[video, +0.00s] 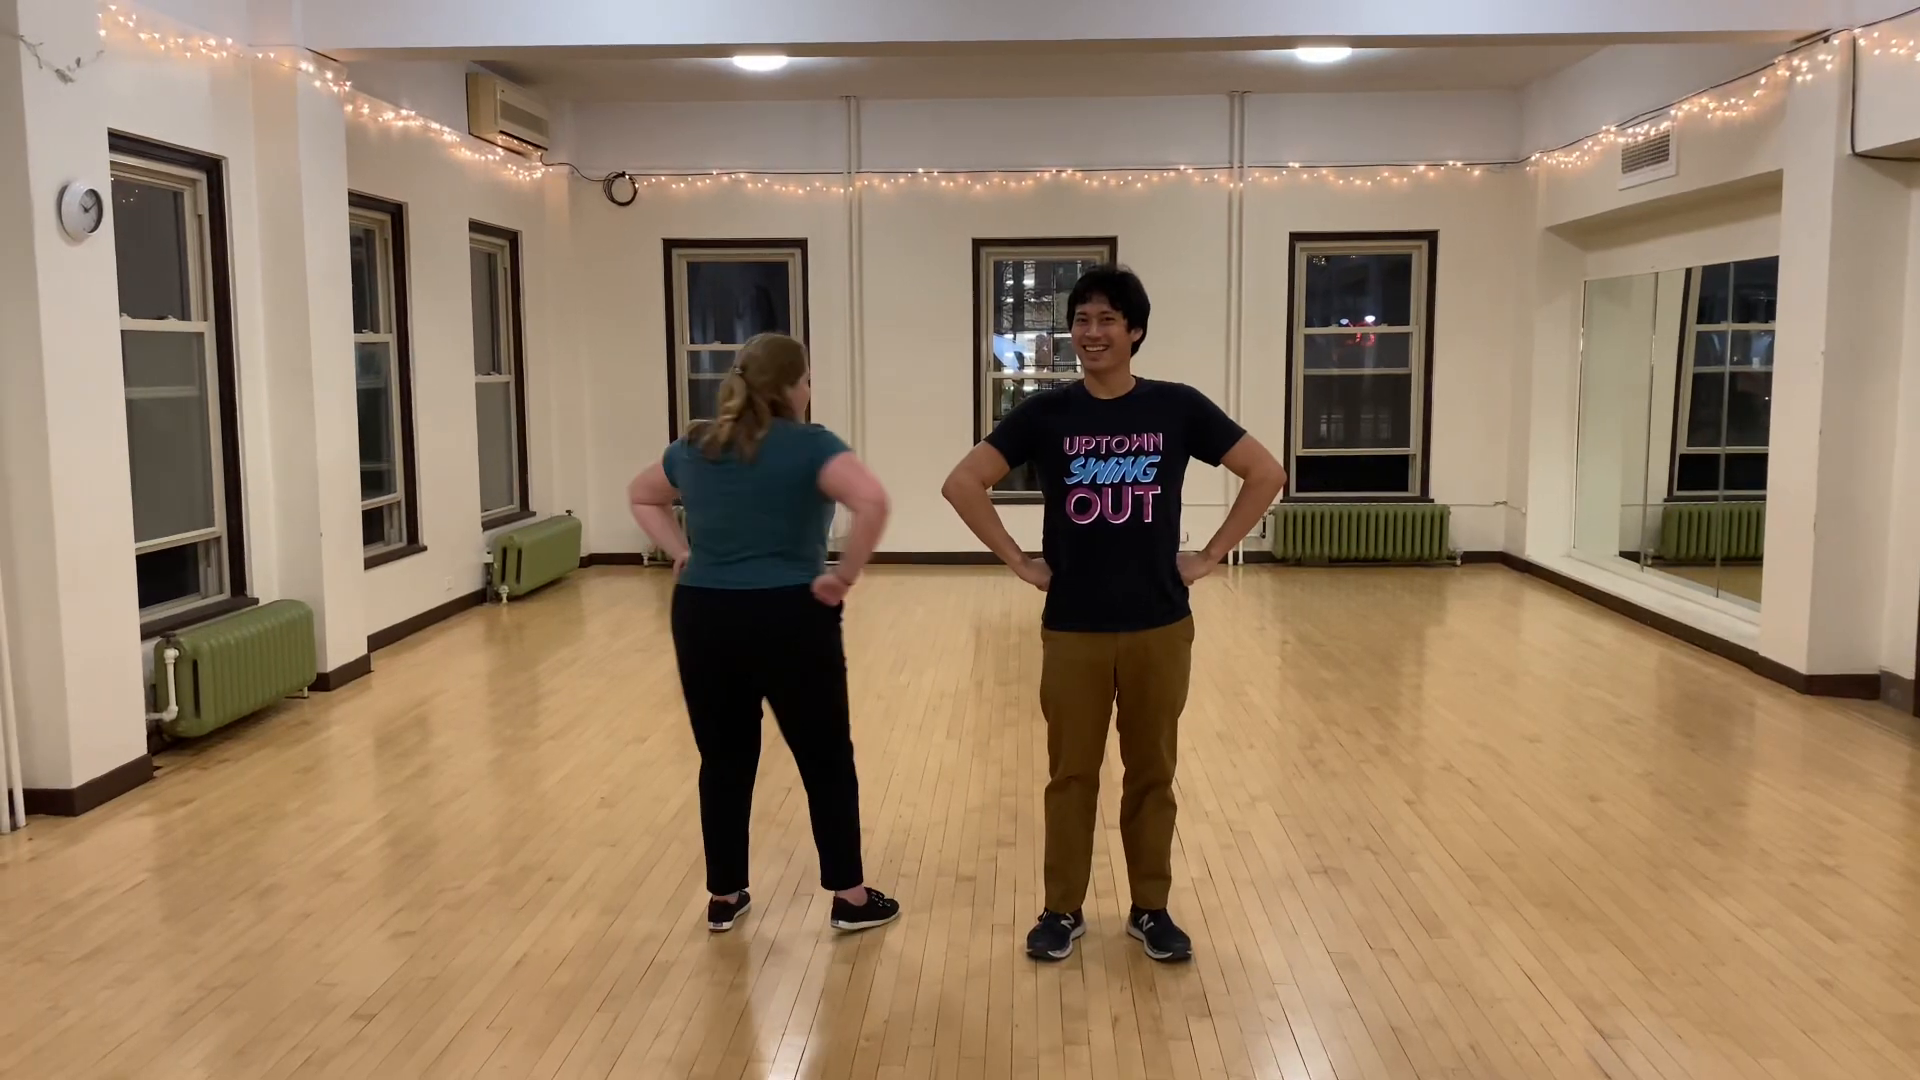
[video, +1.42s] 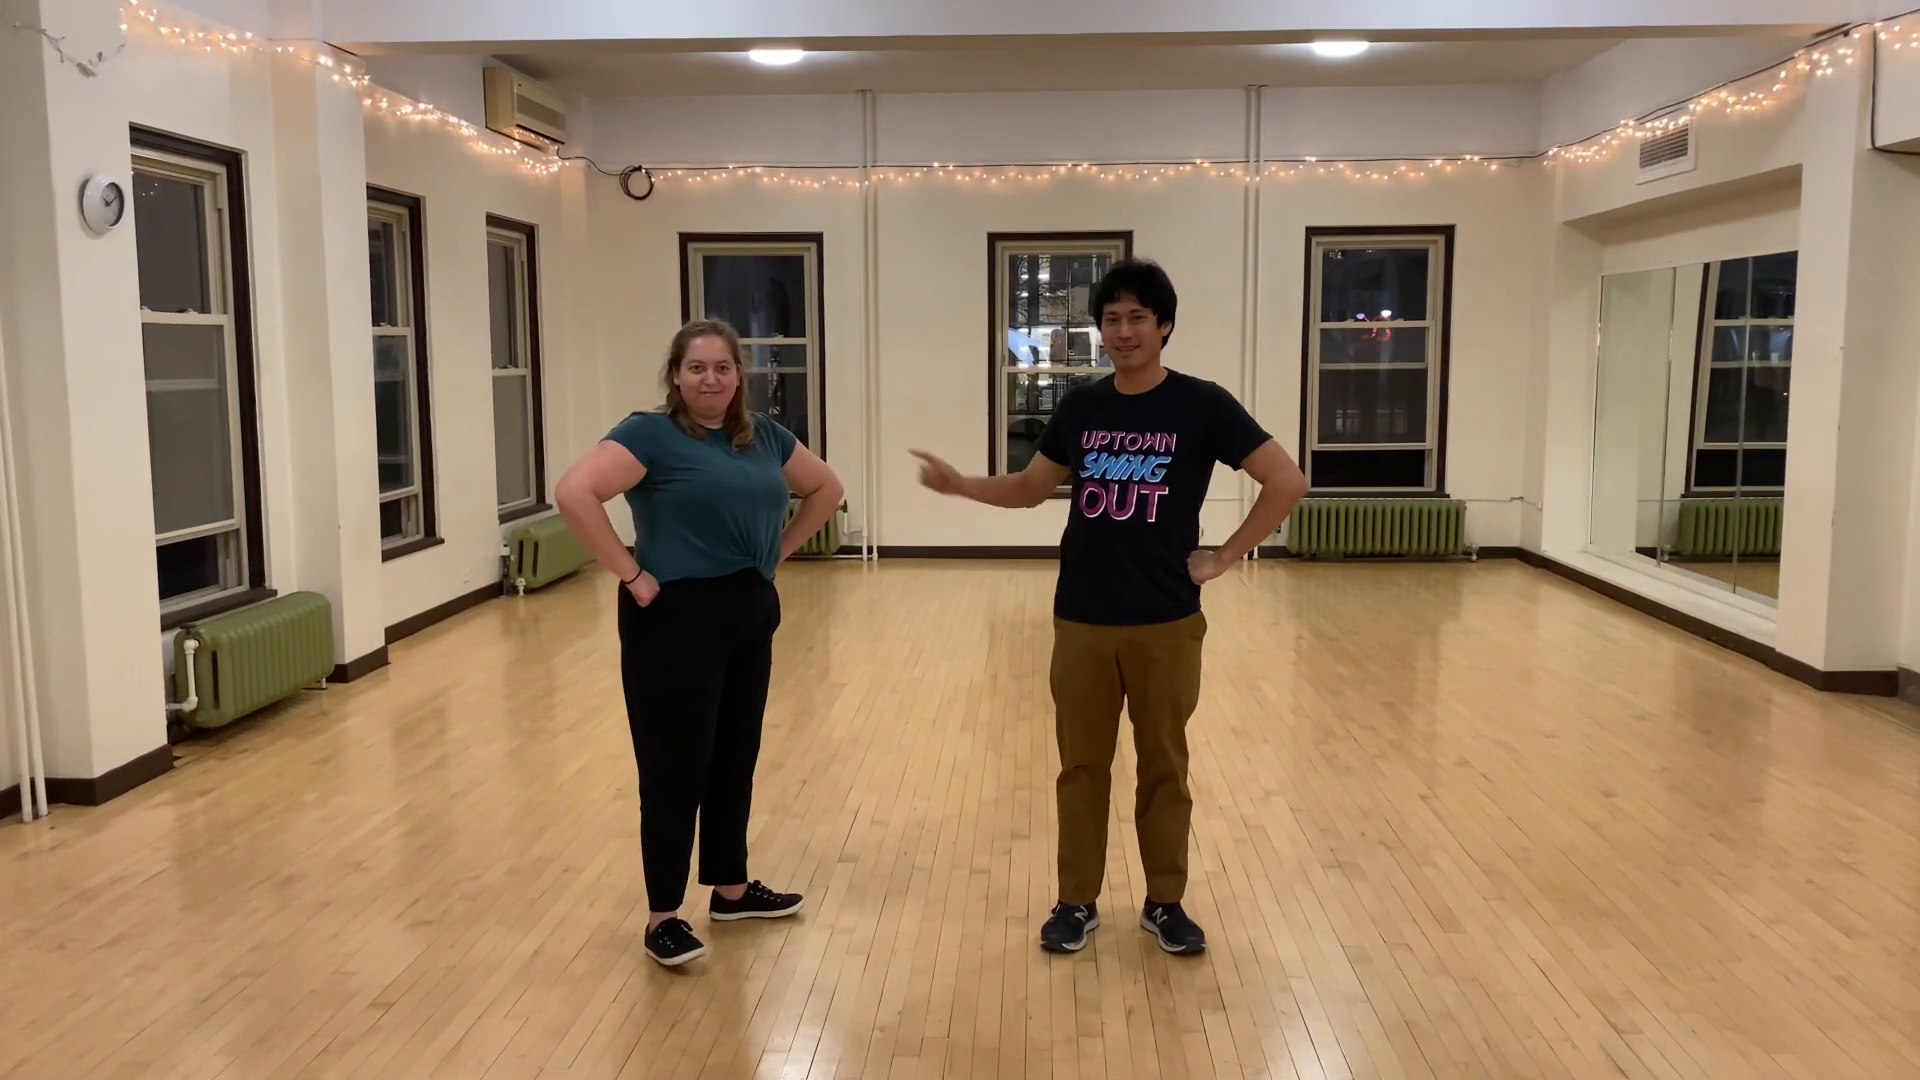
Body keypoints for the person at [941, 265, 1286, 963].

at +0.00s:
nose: (1092, 332)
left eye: (1107, 320)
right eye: (1082, 320)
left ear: (1135, 332)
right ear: (1070, 332)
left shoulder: (1177, 407)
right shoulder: (1046, 413)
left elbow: (1268, 474)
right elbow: (962, 484)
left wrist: (1207, 556)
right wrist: (1018, 559)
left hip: (1159, 619)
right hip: (1074, 621)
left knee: (1152, 774)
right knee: (1072, 773)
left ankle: (1151, 909)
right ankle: (1062, 910)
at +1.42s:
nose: (1124, 330)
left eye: (1138, 318)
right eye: (1112, 319)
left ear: (1165, 326)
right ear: (1099, 329)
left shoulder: (1203, 405)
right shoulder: (1079, 408)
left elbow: (1287, 481)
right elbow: (1029, 487)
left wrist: (1226, 554)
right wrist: (959, 484)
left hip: (1167, 620)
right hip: (1083, 619)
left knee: (1164, 767)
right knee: (1081, 766)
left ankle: (1164, 902)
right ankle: (1076, 901)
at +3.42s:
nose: (1093, 345)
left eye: (1108, 331)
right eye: (1084, 332)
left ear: (1137, 337)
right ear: (1074, 340)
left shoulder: (1187, 402)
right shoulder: (1067, 417)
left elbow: (1278, 466)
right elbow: (1066, 517)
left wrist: (1231, 554)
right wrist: (1043, 433)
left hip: (1175, 617)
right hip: (1091, 620)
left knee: (1164, 773)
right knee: (1079, 771)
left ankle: (1152, 906)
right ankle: (1062, 906)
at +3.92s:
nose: (1108, 340)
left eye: (1121, 326)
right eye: (1096, 329)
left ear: (1151, 333)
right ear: (1087, 342)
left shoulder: (1198, 402)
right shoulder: (1074, 428)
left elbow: (1260, 480)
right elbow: (1066, 547)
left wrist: (1259, 571)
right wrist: (1070, 519)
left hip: (1197, 620)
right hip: (1117, 626)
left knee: (1170, 771)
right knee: (1096, 771)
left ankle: (1149, 905)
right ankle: (1062, 904)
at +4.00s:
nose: (1107, 337)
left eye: (1120, 324)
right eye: (1100, 327)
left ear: (1160, 332)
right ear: (1095, 336)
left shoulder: (1207, 408)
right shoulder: (1079, 423)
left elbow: (1246, 507)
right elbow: (1055, 527)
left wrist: (1263, 602)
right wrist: (1068, 581)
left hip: (1191, 624)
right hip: (1109, 626)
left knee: (1166, 773)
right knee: (1090, 772)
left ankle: (1149, 905)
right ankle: (1064, 903)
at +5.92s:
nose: (1118, 338)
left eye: (1131, 329)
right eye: (1117, 325)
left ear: (1171, 338)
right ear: (1123, 328)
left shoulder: (1218, 410)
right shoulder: (1103, 398)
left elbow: (1247, 512)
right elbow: (1079, 493)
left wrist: (1242, 607)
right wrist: (1071, 577)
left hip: (1180, 596)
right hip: (1102, 593)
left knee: (1187, 725)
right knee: (1101, 726)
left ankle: (1197, 853)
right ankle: (1111, 853)